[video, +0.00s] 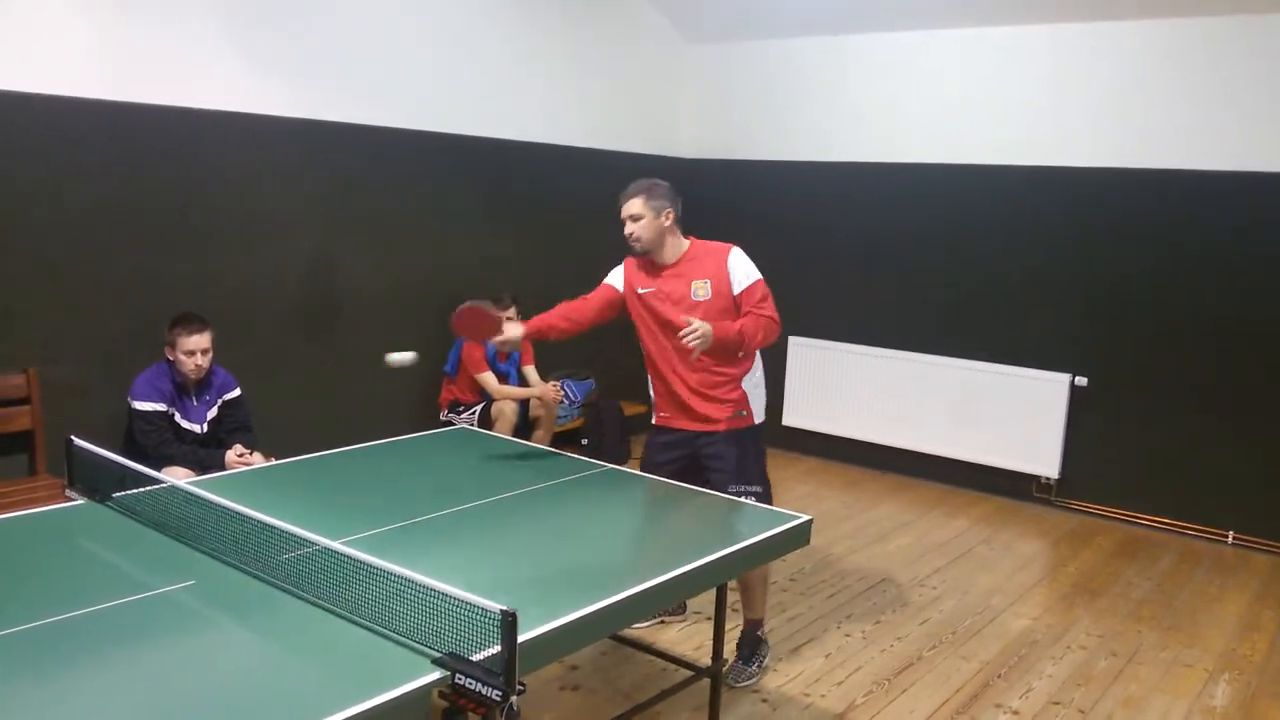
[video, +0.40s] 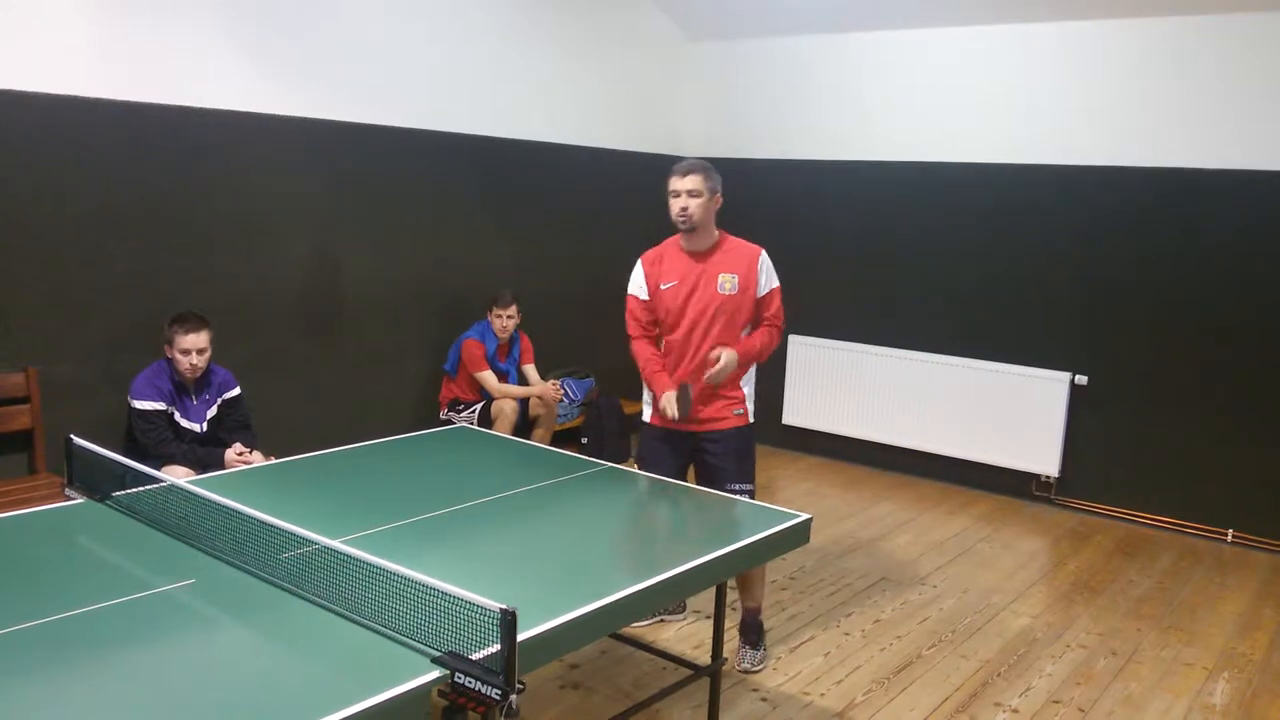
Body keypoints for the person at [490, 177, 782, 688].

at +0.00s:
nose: (627, 230)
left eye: (635, 220)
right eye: (624, 222)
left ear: (668, 218)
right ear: (631, 226)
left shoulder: (727, 260)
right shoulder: (631, 273)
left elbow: (767, 323)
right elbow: (587, 309)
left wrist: (718, 332)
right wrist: (528, 328)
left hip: (731, 424)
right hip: (670, 424)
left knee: (747, 529)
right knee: (656, 516)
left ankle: (754, 636)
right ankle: (672, 595)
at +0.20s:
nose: (649, 217)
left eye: (659, 207)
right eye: (644, 209)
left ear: (688, 209)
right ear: (641, 215)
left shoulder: (733, 262)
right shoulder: (632, 269)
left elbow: (761, 326)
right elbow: (605, 341)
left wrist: (731, 339)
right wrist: (586, 329)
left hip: (723, 422)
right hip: (660, 421)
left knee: (739, 526)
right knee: (647, 515)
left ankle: (749, 634)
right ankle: (670, 595)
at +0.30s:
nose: (668, 210)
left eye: (678, 200)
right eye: (661, 202)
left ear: (703, 204)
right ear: (654, 208)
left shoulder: (741, 259)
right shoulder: (641, 268)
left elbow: (765, 324)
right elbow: (632, 335)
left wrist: (737, 344)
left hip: (722, 419)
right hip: (658, 422)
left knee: (741, 521)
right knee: (648, 514)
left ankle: (751, 626)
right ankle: (667, 596)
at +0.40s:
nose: (681, 204)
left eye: (692, 195)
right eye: (675, 196)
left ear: (716, 201)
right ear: (667, 202)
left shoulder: (750, 259)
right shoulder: (650, 264)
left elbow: (773, 326)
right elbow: (639, 335)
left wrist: (740, 354)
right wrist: (661, 385)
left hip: (726, 421)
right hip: (664, 420)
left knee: (741, 522)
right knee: (655, 512)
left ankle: (751, 623)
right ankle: (668, 594)